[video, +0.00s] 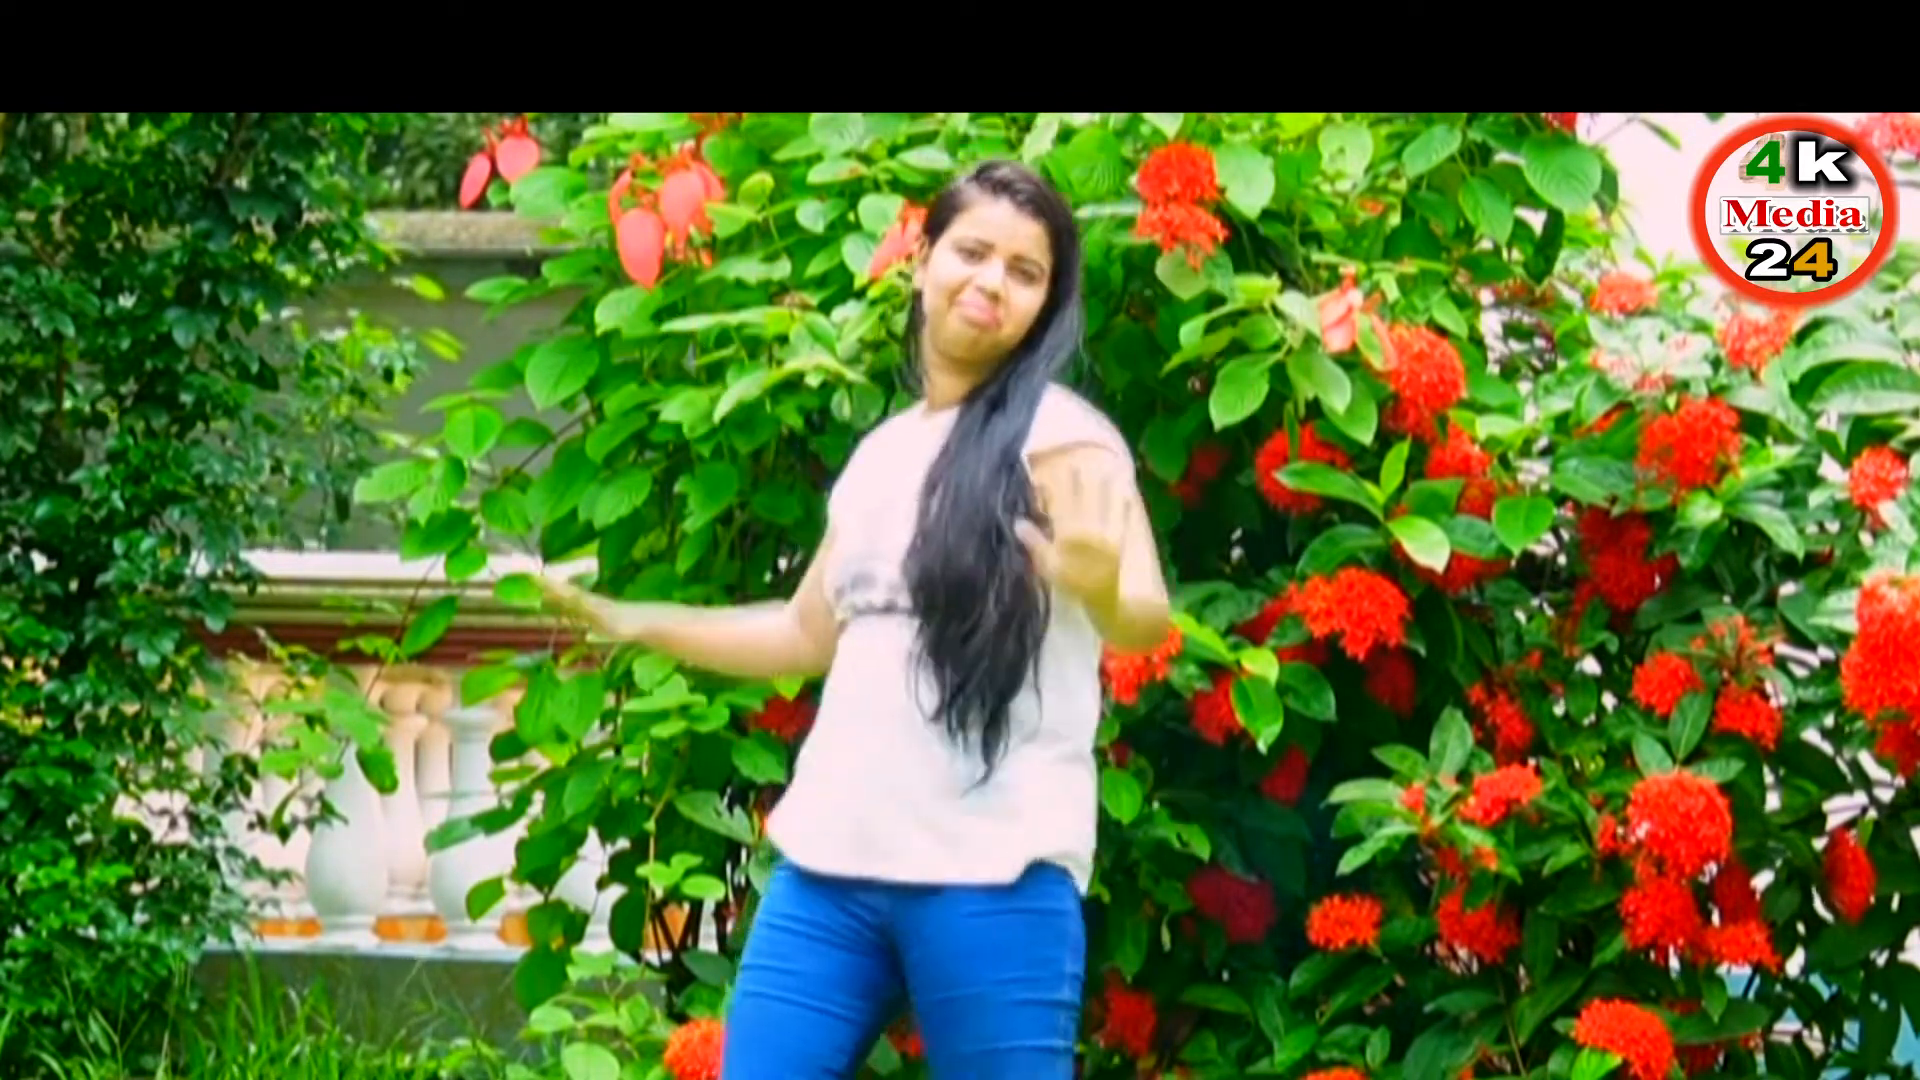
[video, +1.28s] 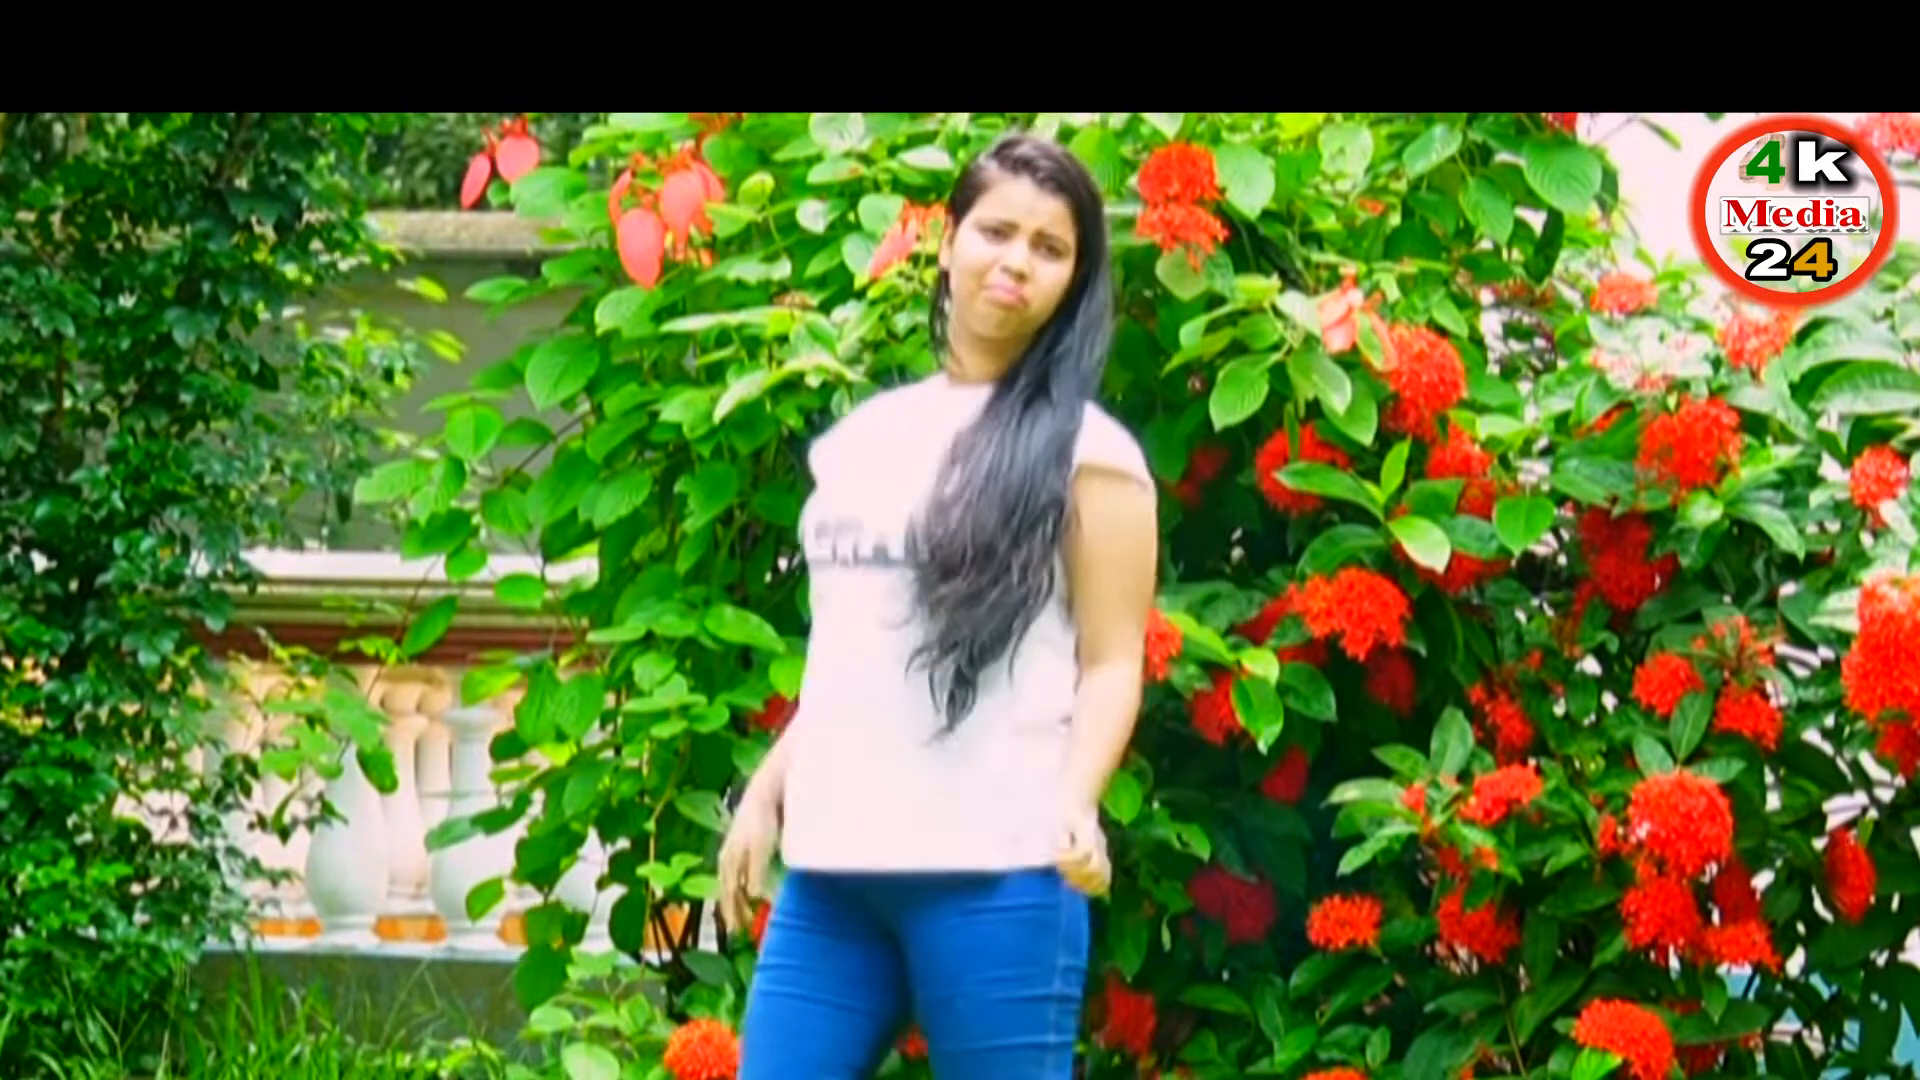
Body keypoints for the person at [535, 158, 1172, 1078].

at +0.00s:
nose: (989, 283)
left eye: (1023, 271)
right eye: (972, 251)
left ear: (1047, 304)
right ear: (923, 261)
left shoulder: (1067, 433)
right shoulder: (879, 452)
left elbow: (1148, 627)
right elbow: (804, 634)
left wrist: (1102, 593)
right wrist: (631, 622)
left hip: (995, 878)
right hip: (825, 865)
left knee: (1008, 1067)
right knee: (758, 1065)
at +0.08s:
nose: (1003, 260)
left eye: (1037, 247)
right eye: (984, 229)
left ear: (1067, 281)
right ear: (938, 240)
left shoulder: (1090, 411)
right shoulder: (899, 431)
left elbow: (1169, 589)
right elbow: (840, 606)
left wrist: (1113, 497)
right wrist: (670, 549)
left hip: (1019, 866)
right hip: (845, 851)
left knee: (1027, 1069)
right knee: (781, 1069)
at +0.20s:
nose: (1039, 233)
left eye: (1072, 218)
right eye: (1020, 205)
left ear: (1104, 255)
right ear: (977, 224)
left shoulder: (1110, 390)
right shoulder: (917, 410)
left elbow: (1208, 558)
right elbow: (875, 577)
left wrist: (1165, 388)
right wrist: (757, 444)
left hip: (1068, 850)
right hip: (902, 851)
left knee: (1077, 1070)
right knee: (833, 1070)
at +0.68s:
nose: (1097, 273)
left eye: (1132, 256)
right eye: (1078, 242)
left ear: (1169, 287)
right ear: (1041, 254)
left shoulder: (1183, 428)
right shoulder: (1008, 441)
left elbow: (1258, 627)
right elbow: (959, 622)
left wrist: (1206, 463)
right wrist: (828, 505)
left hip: (1127, 867)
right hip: (975, 868)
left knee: (1088, 1072)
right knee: (864, 1074)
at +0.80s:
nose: (1082, 279)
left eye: (1118, 264)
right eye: (1066, 247)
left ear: (1153, 297)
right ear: (1028, 259)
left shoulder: (1173, 442)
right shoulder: (989, 451)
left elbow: (1218, 650)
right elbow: (916, 628)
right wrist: (754, 589)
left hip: (1113, 859)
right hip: (964, 854)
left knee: (1068, 1071)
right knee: (856, 1069)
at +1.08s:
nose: (1043, 245)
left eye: (1077, 230)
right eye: (1024, 214)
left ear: (1111, 265)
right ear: (981, 227)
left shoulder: (1113, 398)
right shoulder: (931, 404)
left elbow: (1198, 595)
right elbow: (938, 632)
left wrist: (1146, 756)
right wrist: (815, 700)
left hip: (1056, 851)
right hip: (891, 850)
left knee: (1090, 1071)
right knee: (830, 1071)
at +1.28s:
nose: (1013, 263)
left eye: (1047, 248)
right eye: (995, 231)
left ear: (1074, 281)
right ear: (948, 241)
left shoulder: (1089, 452)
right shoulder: (859, 436)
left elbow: (1113, 660)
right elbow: (851, 658)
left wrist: (1076, 799)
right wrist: (767, 790)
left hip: (1000, 883)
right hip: (828, 880)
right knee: (771, 1069)